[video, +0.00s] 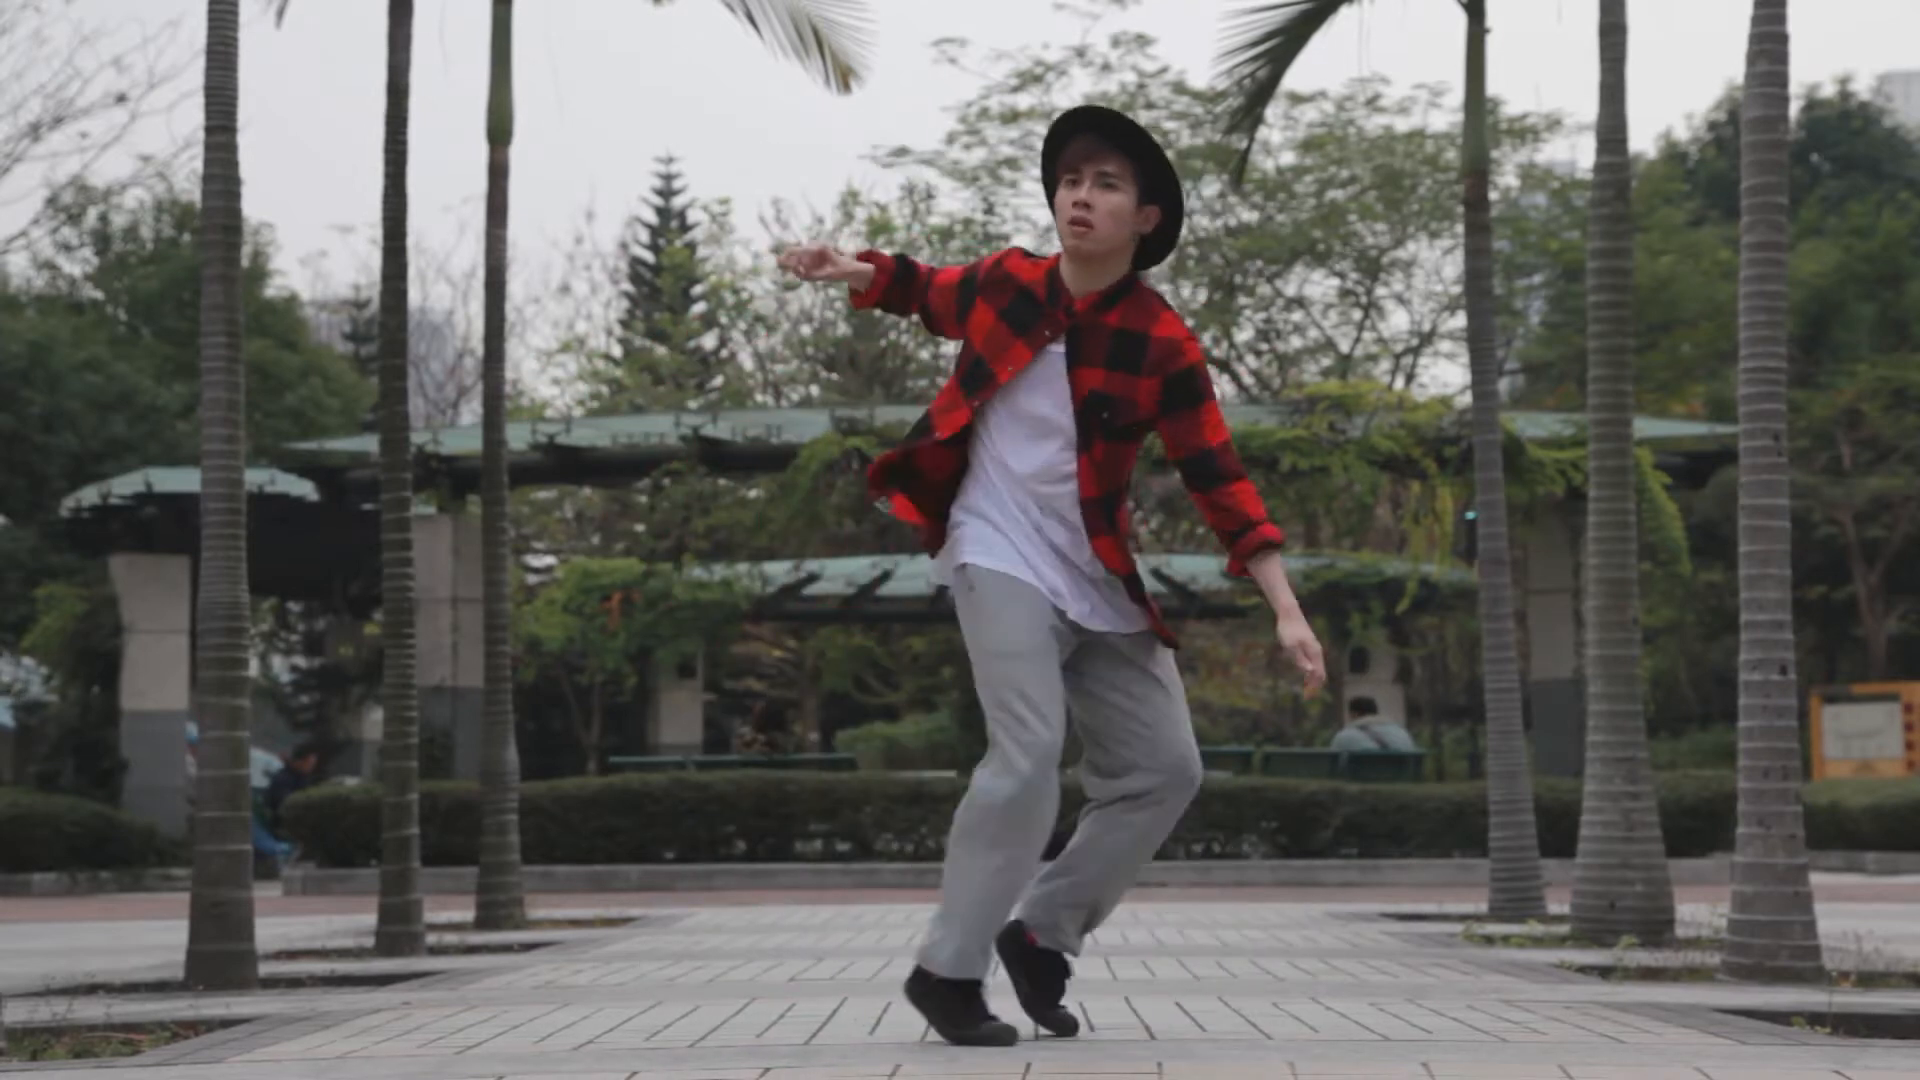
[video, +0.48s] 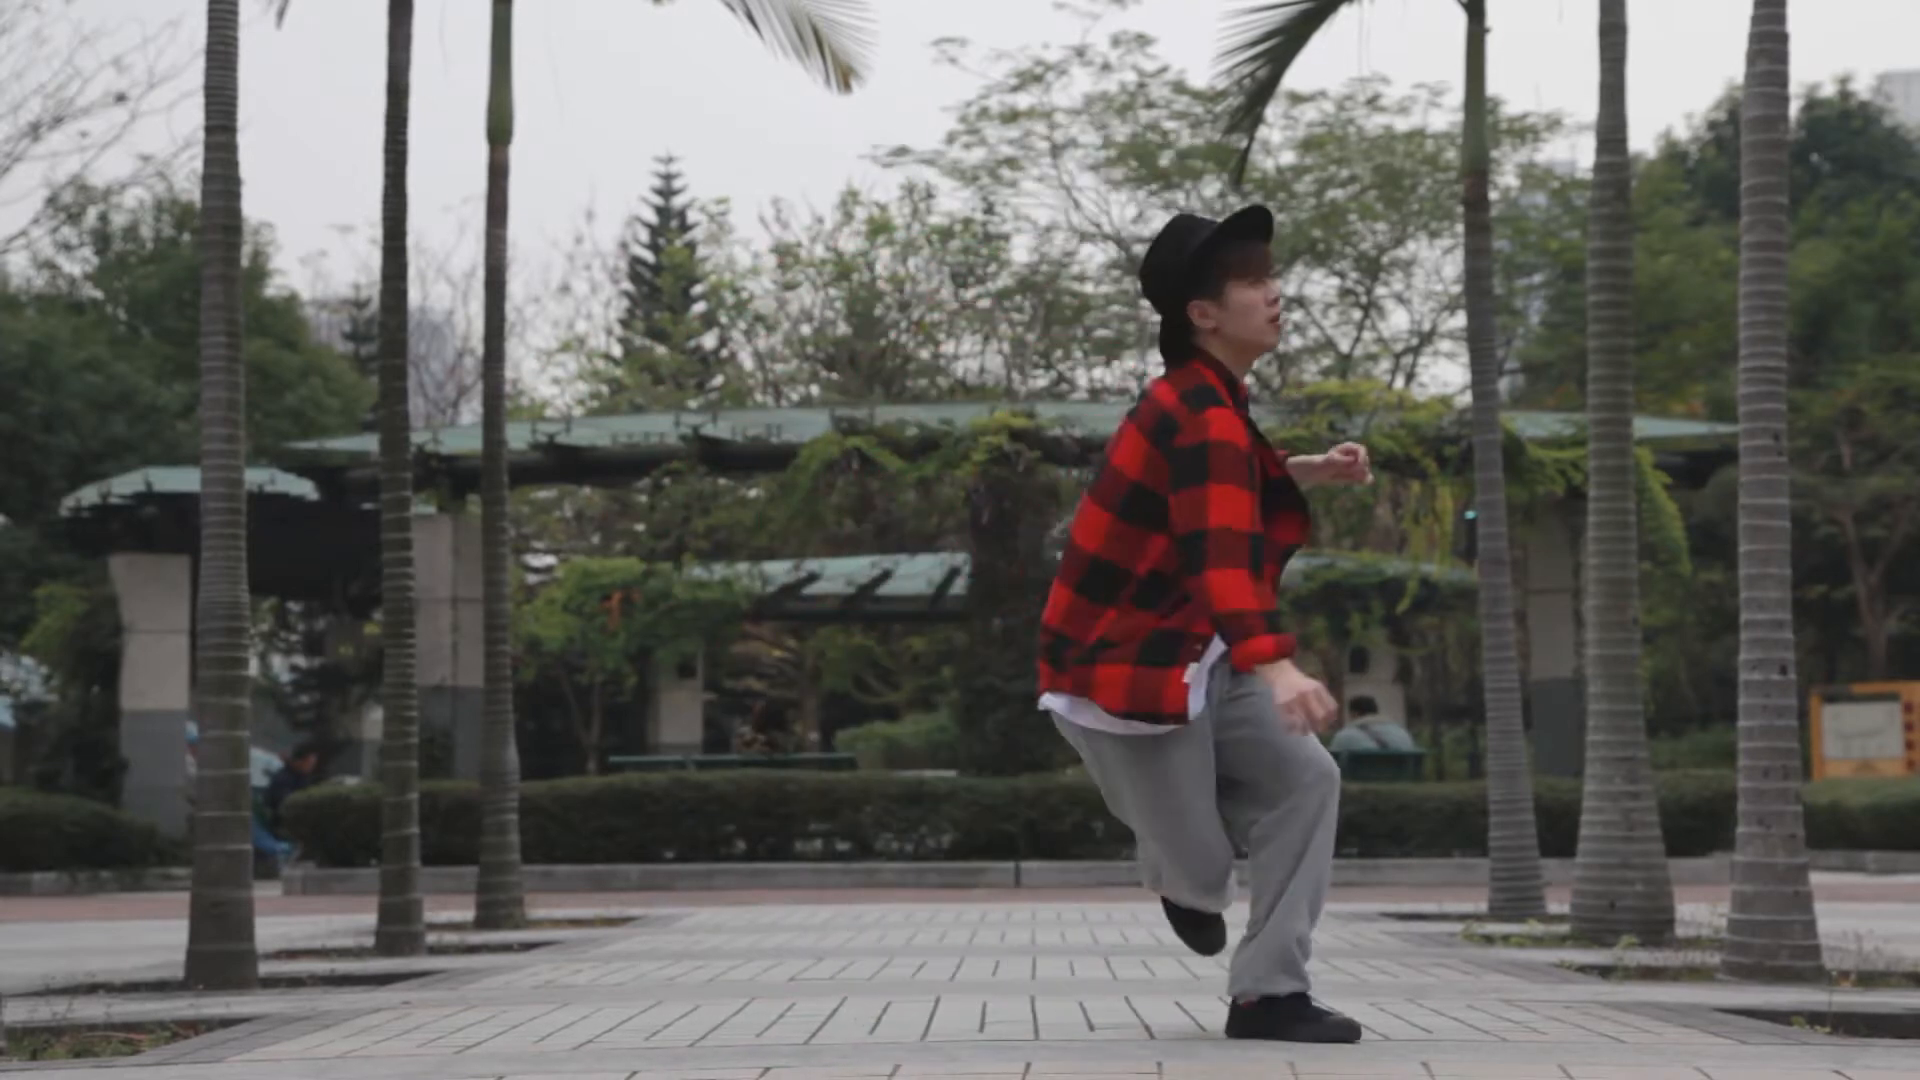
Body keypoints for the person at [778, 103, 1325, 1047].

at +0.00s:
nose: (1080, 197)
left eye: (1106, 185)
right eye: (1070, 182)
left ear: (1148, 219)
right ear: (1051, 202)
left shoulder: (1161, 337)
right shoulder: (1005, 281)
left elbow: (1216, 474)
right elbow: (925, 293)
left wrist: (1286, 607)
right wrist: (849, 268)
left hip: (1093, 564)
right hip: (993, 542)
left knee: (1164, 765)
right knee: (1030, 748)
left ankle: (1041, 935)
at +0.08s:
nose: (1057, 214)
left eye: (1081, 197)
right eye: (1044, 198)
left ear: (1129, 220)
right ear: (1032, 215)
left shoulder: (1170, 343)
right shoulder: (995, 307)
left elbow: (1230, 470)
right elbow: (906, 336)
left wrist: (1285, 597)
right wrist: (867, 309)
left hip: (1110, 587)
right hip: (1001, 572)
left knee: (1222, 755)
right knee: (956, 766)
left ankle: (1120, 916)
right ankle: (907, 985)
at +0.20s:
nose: (1100, 214)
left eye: (1118, 195)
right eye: (1077, 204)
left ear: (1156, 214)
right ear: (1058, 235)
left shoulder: (1220, 324)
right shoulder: (1021, 320)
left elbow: (1260, 398)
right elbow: (914, 411)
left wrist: (1266, 500)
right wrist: (990, 376)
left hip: (1143, 575)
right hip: (1025, 572)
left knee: (1224, 733)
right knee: (980, 763)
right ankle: (937, 975)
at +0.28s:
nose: (1167, 217)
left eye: (1178, 200)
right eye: (1139, 208)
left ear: (1200, 219)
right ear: (1104, 245)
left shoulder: (1240, 312)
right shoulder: (1077, 338)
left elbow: (1272, 359)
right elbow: (1019, 459)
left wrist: (1282, 451)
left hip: (1173, 587)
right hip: (1062, 596)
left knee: (1259, 736)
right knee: (1043, 776)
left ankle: (1291, 944)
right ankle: (996, 944)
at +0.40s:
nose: (1248, 262)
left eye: (1244, 246)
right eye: (1223, 253)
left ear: (1253, 261)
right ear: (1177, 292)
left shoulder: (1236, 370)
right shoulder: (1169, 386)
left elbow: (1261, 420)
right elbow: (1177, 538)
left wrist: (1316, 454)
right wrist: (1293, 590)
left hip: (1201, 624)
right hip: (1114, 634)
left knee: (1293, 776)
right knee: (1157, 868)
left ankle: (1264, 993)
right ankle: (1147, 897)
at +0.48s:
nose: (1276, 298)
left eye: (1273, 282)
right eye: (1255, 286)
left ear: (1217, 318)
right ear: (1202, 314)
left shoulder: (1215, 400)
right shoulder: (1198, 411)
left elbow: (1217, 489)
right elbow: (1218, 559)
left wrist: (1300, 472)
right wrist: (1273, 664)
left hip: (1199, 660)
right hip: (1114, 674)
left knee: (1306, 779)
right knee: (1199, 871)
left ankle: (1269, 992)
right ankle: (1180, 879)